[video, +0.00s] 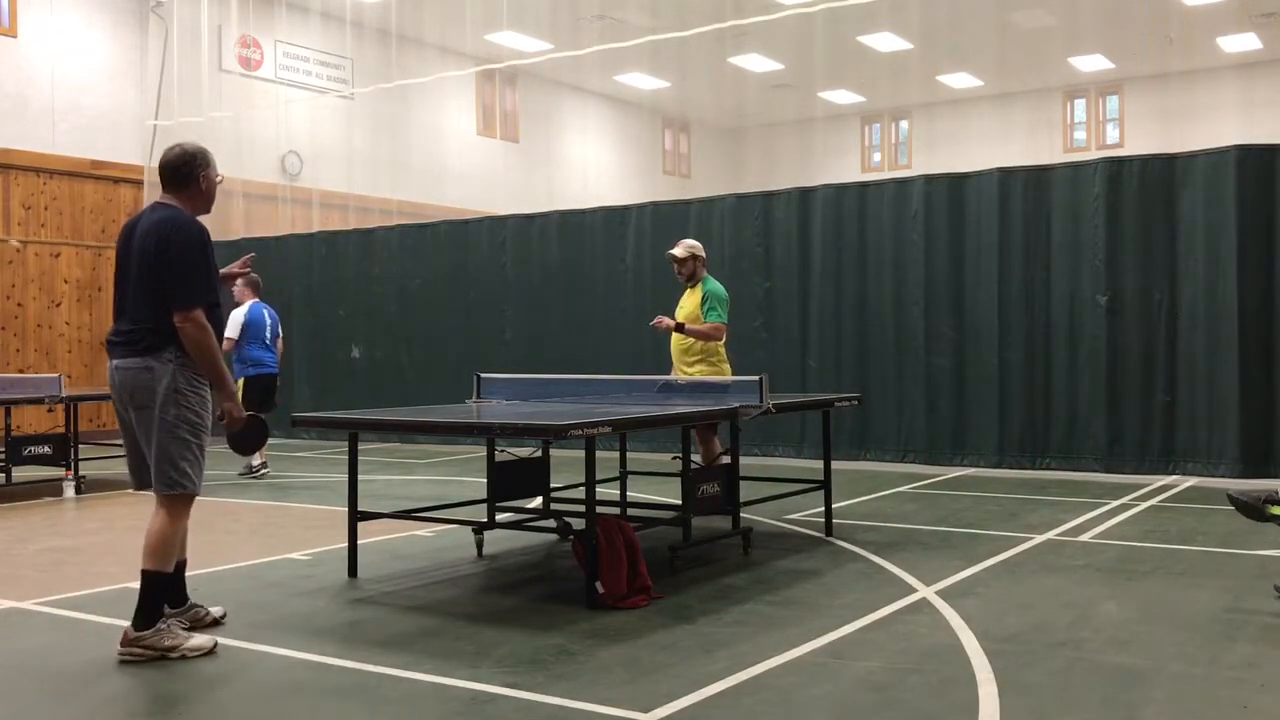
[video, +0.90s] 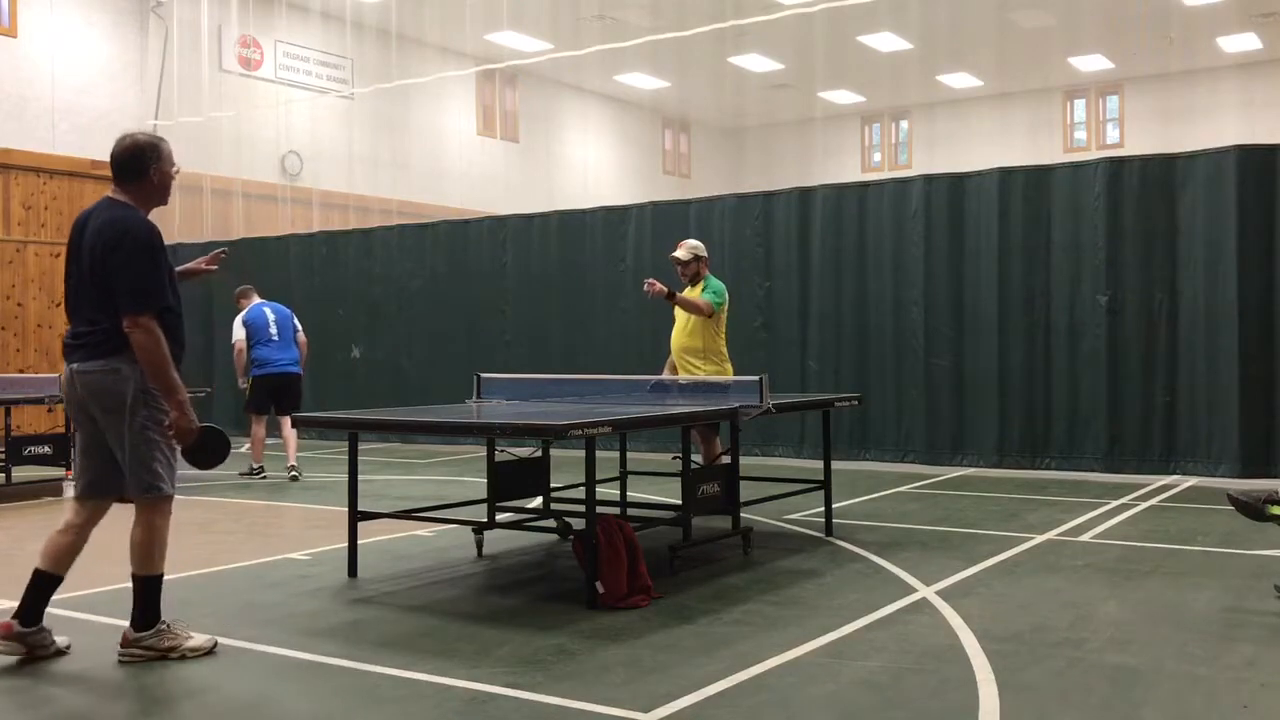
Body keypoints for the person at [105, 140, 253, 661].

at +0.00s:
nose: (217, 184)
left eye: (215, 176)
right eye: (214, 177)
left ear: (164, 180)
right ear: (201, 180)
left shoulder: (137, 225)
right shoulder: (185, 231)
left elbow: (157, 293)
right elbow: (189, 320)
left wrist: (217, 276)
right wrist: (228, 392)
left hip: (132, 370)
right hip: (168, 372)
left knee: (174, 494)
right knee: (173, 498)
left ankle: (175, 605)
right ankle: (146, 626)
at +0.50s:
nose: (217, 181)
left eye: (215, 173)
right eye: (214, 174)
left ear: (163, 174)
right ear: (199, 179)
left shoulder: (122, 216)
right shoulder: (176, 232)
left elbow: (140, 285)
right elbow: (169, 324)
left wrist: (202, 271)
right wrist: (188, 407)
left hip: (104, 369)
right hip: (144, 373)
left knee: (137, 494)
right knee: (156, 500)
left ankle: (118, 611)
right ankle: (147, 628)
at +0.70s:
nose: (200, 179)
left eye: (199, 170)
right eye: (197, 171)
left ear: (146, 172)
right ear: (178, 176)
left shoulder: (110, 217)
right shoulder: (160, 230)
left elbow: (135, 280)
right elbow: (156, 325)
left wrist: (199, 270)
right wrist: (187, 407)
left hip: (96, 369)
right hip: (137, 373)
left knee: (118, 497)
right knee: (156, 500)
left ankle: (49, 602)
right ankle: (146, 628)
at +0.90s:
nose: (175, 176)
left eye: (173, 168)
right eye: (171, 169)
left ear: (123, 174)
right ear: (153, 175)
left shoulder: (89, 221)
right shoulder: (135, 229)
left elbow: (118, 285)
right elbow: (139, 323)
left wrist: (184, 270)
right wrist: (180, 401)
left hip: (83, 373)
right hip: (126, 374)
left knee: (89, 503)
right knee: (155, 500)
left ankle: (25, 621)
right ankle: (145, 628)